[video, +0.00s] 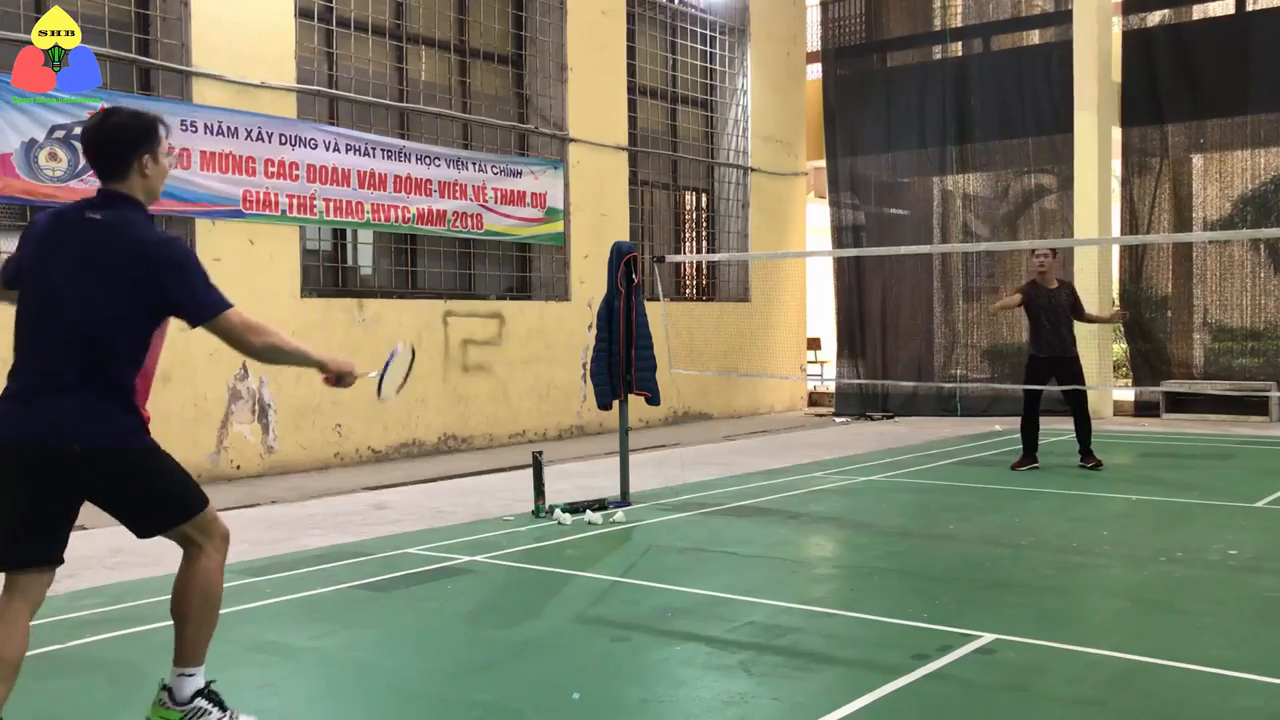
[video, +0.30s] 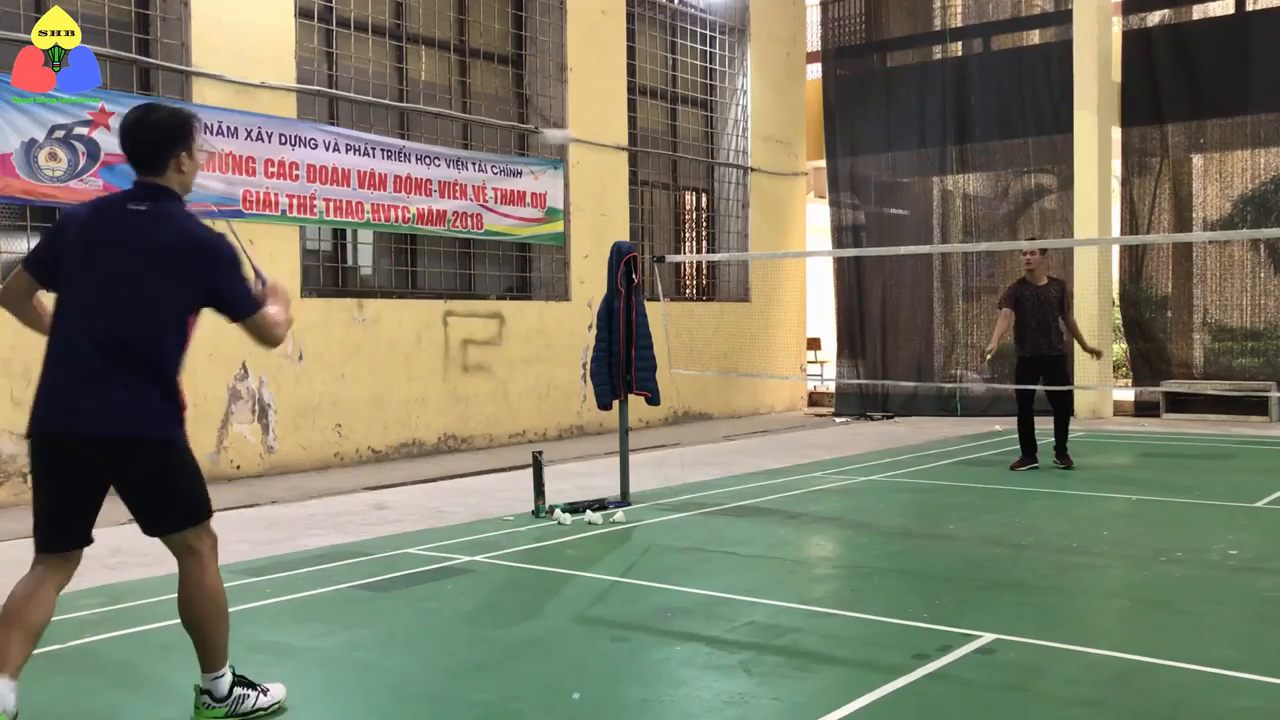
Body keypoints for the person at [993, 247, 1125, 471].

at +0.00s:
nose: (1040, 260)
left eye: (1045, 256)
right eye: (1037, 256)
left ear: (1055, 260)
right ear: (1033, 261)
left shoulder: (1067, 289)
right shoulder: (1029, 290)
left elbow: (1080, 316)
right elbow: (1014, 300)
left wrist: (1109, 318)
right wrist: (1002, 304)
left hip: (1067, 358)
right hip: (1039, 358)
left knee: (1080, 406)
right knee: (1030, 406)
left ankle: (1087, 454)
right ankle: (1029, 455)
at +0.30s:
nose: (1027, 258)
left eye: (1032, 253)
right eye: (1024, 254)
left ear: (1042, 256)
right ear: (1021, 258)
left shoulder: (1059, 287)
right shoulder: (1015, 290)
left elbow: (1069, 319)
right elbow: (1005, 317)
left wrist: (1085, 346)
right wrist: (994, 340)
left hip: (1055, 356)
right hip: (1027, 357)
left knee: (1062, 406)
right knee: (1024, 407)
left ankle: (1061, 453)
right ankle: (1028, 456)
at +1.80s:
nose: (1029, 256)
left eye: (1034, 251)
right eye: (1026, 252)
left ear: (1044, 257)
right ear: (1021, 257)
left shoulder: (1056, 288)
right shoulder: (1019, 284)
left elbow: (1063, 320)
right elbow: (1013, 285)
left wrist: (1078, 343)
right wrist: (1009, 280)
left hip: (1048, 354)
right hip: (1021, 354)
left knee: (1055, 404)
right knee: (1016, 405)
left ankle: (1052, 452)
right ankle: (1016, 456)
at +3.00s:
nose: (1020, 257)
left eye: (1025, 253)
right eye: (1017, 254)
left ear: (1036, 258)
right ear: (1014, 260)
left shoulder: (1054, 285)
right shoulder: (1011, 291)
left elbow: (1069, 317)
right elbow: (1000, 316)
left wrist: (1087, 344)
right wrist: (998, 330)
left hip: (1056, 355)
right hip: (1028, 357)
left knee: (1062, 405)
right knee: (1026, 407)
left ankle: (1058, 453)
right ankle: (1029, 457)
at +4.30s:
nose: (1034, 258)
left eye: (1039, 253)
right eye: (1031, 254)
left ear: (1050, 256)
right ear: (1027, 258)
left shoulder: (1067, 286)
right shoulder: (1024, 290)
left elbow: (1079, 320)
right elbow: (1009, 316)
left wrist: (1092, 352)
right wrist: (1001, 335)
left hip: (1065, 357)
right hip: (1036, 358)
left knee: (1067, 410)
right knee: (1034, 409)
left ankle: (1064, 458)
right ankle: (1040, 459)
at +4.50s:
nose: (1036, 257)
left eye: (1042, 253)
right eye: (1033, 253)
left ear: (1053, 255)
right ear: (1029, 257)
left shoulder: (1068, 286)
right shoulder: (1027, 287)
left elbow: (1080, 319)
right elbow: (1003, 313)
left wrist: (1088, 350)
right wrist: (1015, 294)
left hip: (1063, 357)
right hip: (1034, 356)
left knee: (1065, 409)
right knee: (1023, 404)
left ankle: (1063, 458)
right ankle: (1027, 455)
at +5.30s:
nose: (1023, 255)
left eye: (1028, 251)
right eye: (1020, 251)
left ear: (1039, 255)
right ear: (1017, 256)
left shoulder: (1052, 288)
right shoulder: (1008, 286)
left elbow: (1061, 321)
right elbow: (986, 312)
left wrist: (1065, 350)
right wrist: (962, 333)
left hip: (1042, 356)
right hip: (1014, 357)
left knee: (1054, 404)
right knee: (1012, 409)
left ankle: (1061, 449)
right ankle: (1017, 459)